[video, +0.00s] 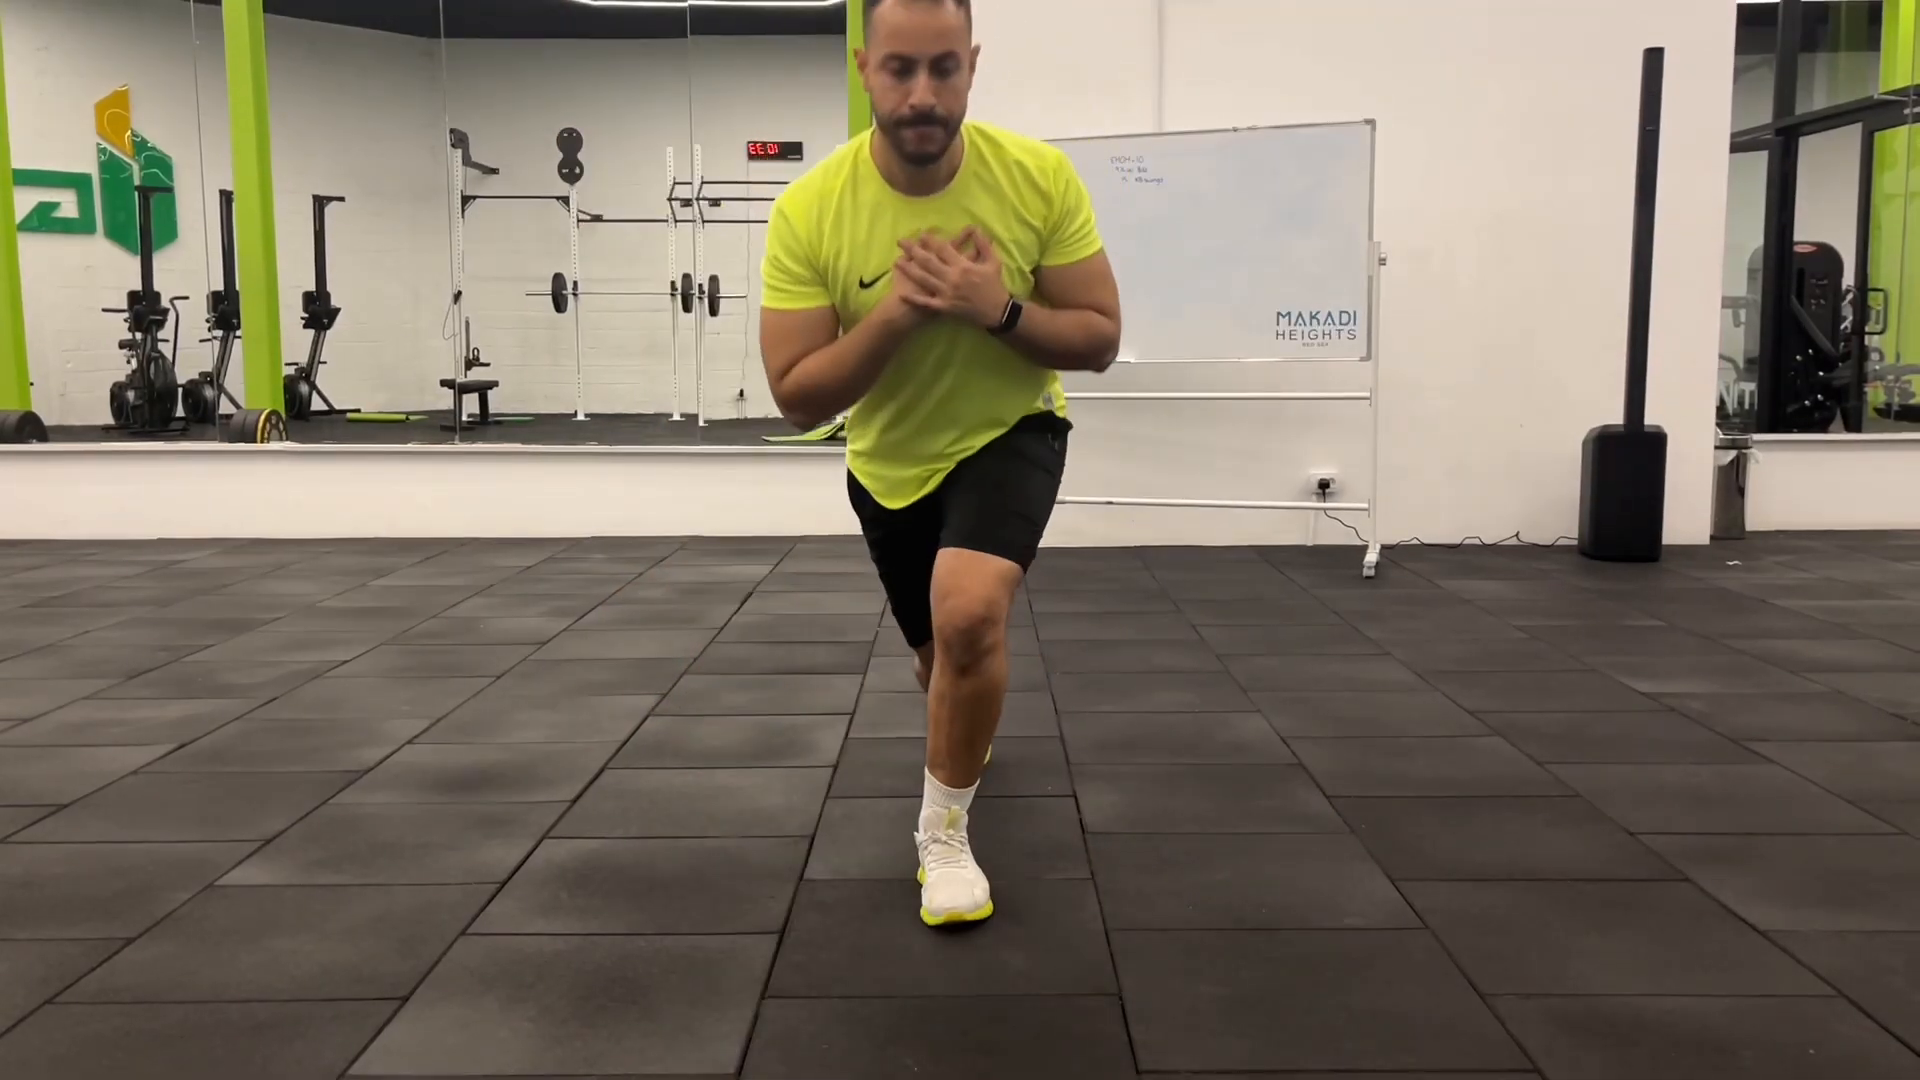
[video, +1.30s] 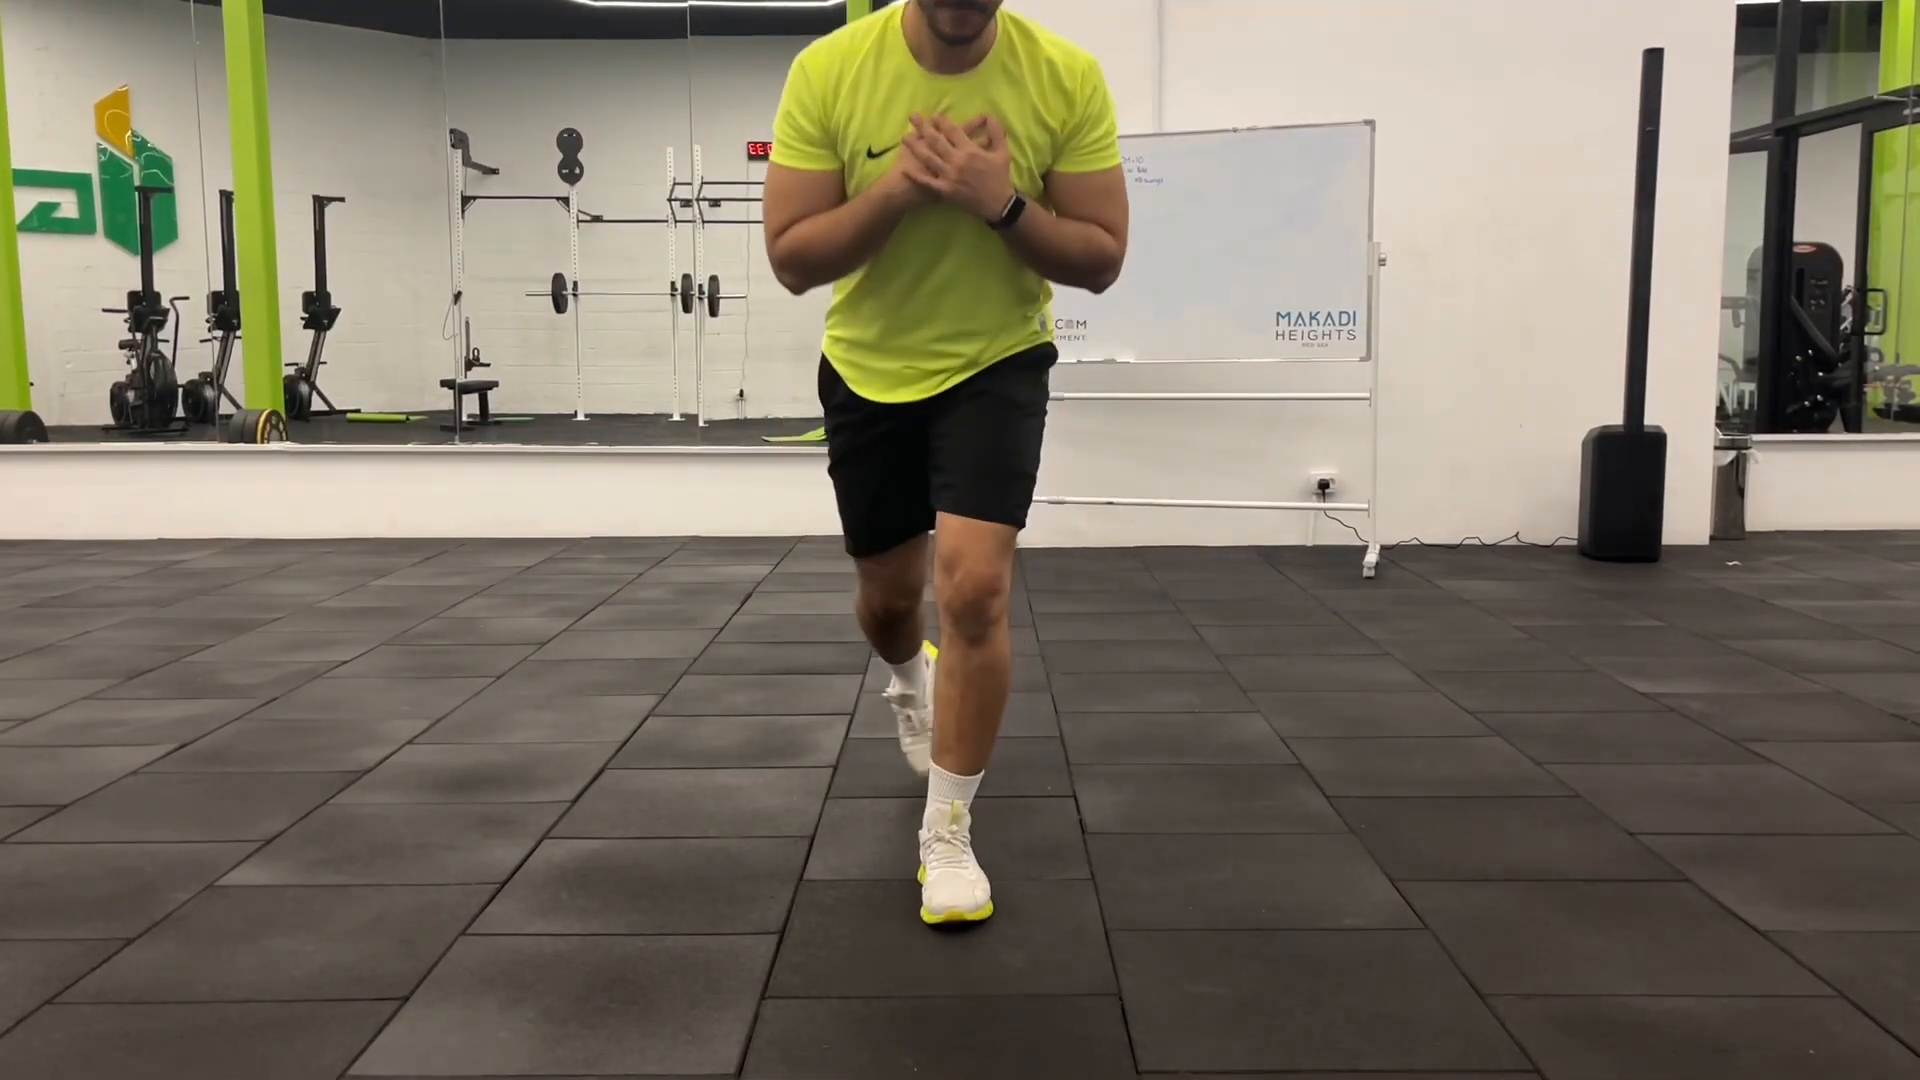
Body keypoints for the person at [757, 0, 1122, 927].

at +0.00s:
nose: (922, 94)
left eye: (943, 68)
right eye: (898, 69)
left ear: (972, 67)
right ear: (862, 73)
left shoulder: (1038, 179)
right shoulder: (809, 213)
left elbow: (1098, 337)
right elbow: (797, 397)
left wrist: (1002, 312)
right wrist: (895, 313)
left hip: (1009, 424)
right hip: (889, 452)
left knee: (967, 620)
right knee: (935, 658)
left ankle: (945, 830)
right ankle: (963, 750)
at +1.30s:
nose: (962, 11)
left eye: (977, 0)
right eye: (943, 1)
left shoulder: (1067, 80)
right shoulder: (828, 75)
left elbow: (1101, 258)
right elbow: (792, 258)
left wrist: (1005, 204)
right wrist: (900, 184)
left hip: (998, 354)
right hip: (868, 359)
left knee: (974, 593)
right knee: (890, 597)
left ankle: (948, 830)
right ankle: (908, 680)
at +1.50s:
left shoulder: (1060, 18)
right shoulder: (825, 13)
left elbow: (1097, 209)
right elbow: (786, 199)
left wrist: (994, 135)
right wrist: (886, 113)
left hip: (989, 332)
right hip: (853, 327)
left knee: (964, 579)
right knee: (830, 580)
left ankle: (947, 829)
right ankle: (829, 742)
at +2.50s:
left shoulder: (1079, 15)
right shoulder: (836, 8)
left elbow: (1112, 199)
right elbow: (792, 182)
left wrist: (1006, 114)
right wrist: (902, 94)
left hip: (996, 330)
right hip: (858, 324)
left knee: (972, 582)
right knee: (847, 576)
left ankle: (949, 826)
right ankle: (888, 729)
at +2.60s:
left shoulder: (1082, 20)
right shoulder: (842, 11)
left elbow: (1114, 215)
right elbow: (794, 192)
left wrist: (1019, 136)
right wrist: (908, 110)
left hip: (1005, 331)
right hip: (870, 330)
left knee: (977, 582)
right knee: (891, 581)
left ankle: (947, 829)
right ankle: (983, 675)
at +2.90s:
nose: (993, 46)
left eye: (1016, 21)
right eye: (972, 20)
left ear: (1041, 24)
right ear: (933, 18)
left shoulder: (1091, 148)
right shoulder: (853, 140)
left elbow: (1126, 322)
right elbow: (816, 320)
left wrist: (1029, 270)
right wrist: (928, 252)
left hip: (1033, 395)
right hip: (908, 411)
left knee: (973, 607)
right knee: (998, 604)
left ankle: (946, 834)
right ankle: (1093, 684)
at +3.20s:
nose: (994, 177)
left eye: (1015, 151)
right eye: (973, 150)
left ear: (1043, 149)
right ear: (937, 150)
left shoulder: (1103, 265)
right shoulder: (877, 266)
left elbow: (1142, 426)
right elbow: (851, 430)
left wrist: (1036, 386)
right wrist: (937, 373)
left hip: (1058, 484)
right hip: (940, 509)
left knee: (970, 609)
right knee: (1029, 729)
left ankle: (944, 831)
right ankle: (1126, 687)